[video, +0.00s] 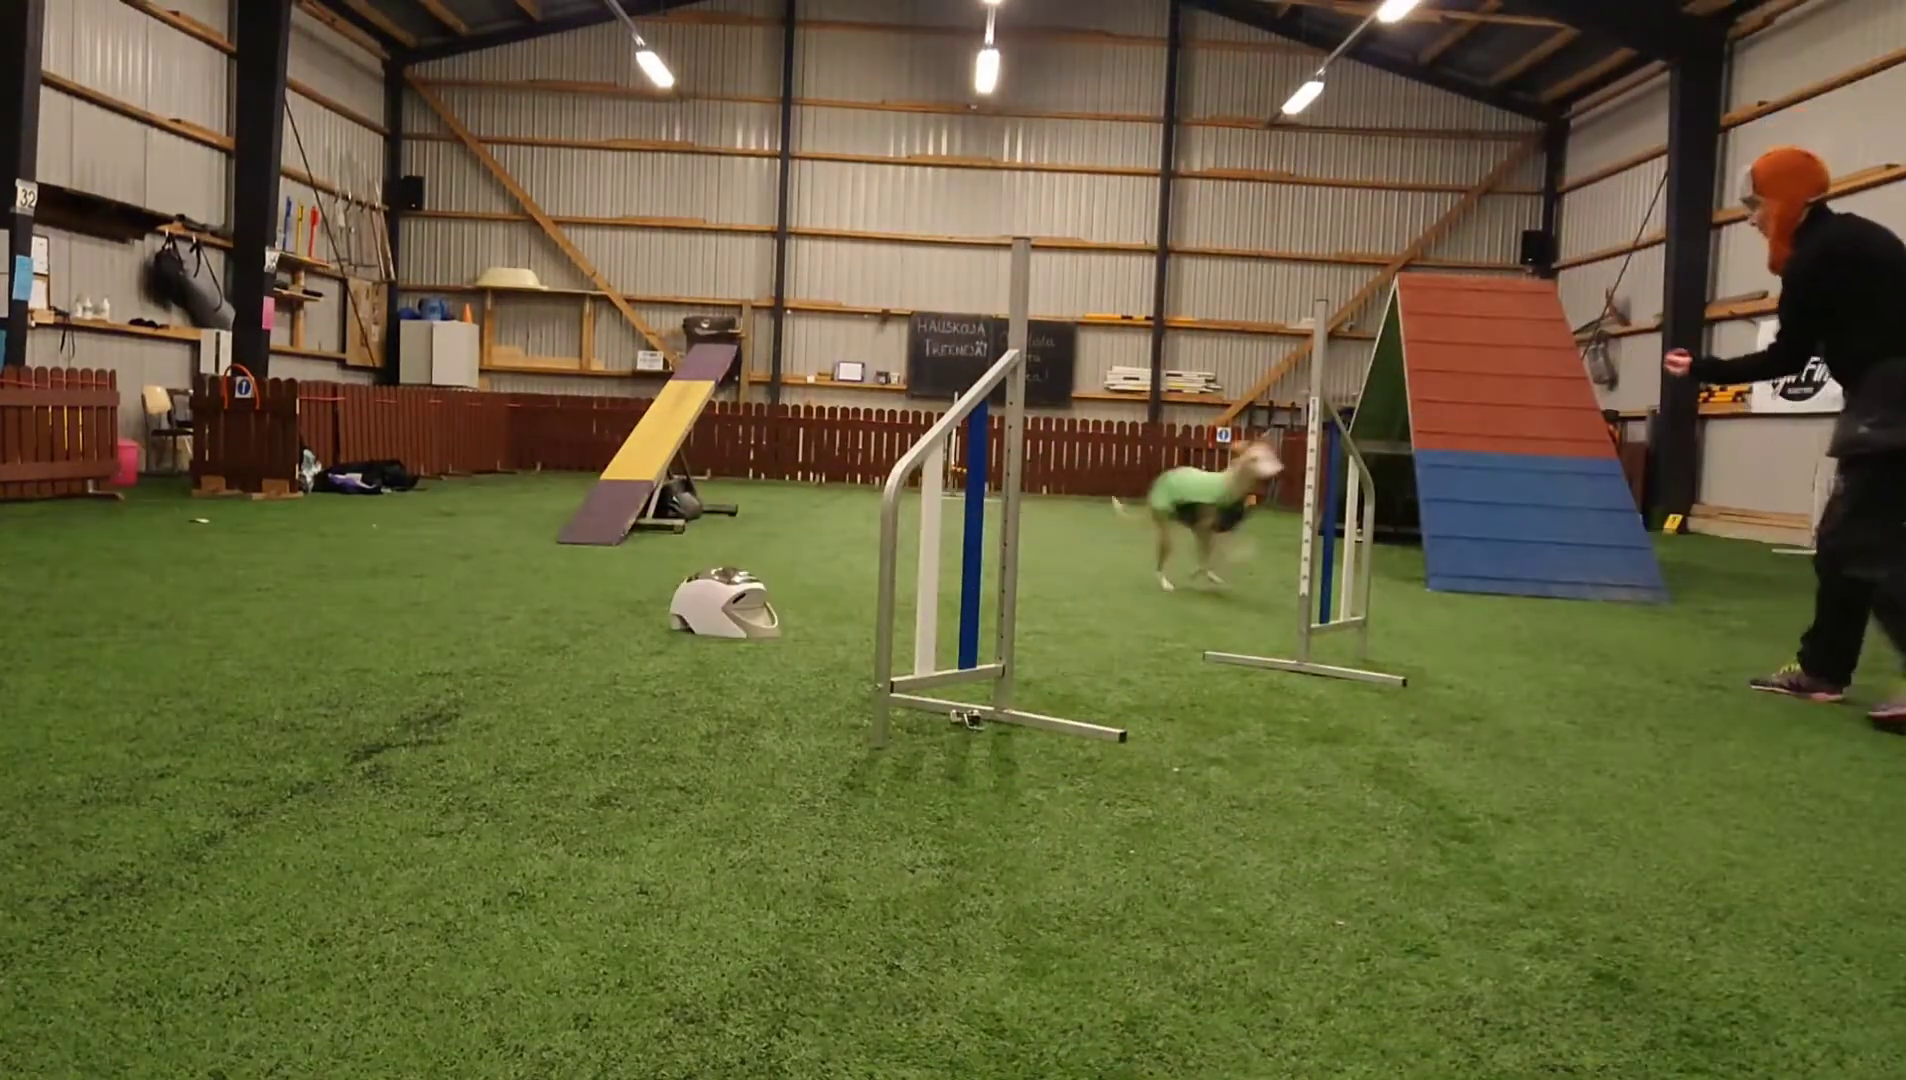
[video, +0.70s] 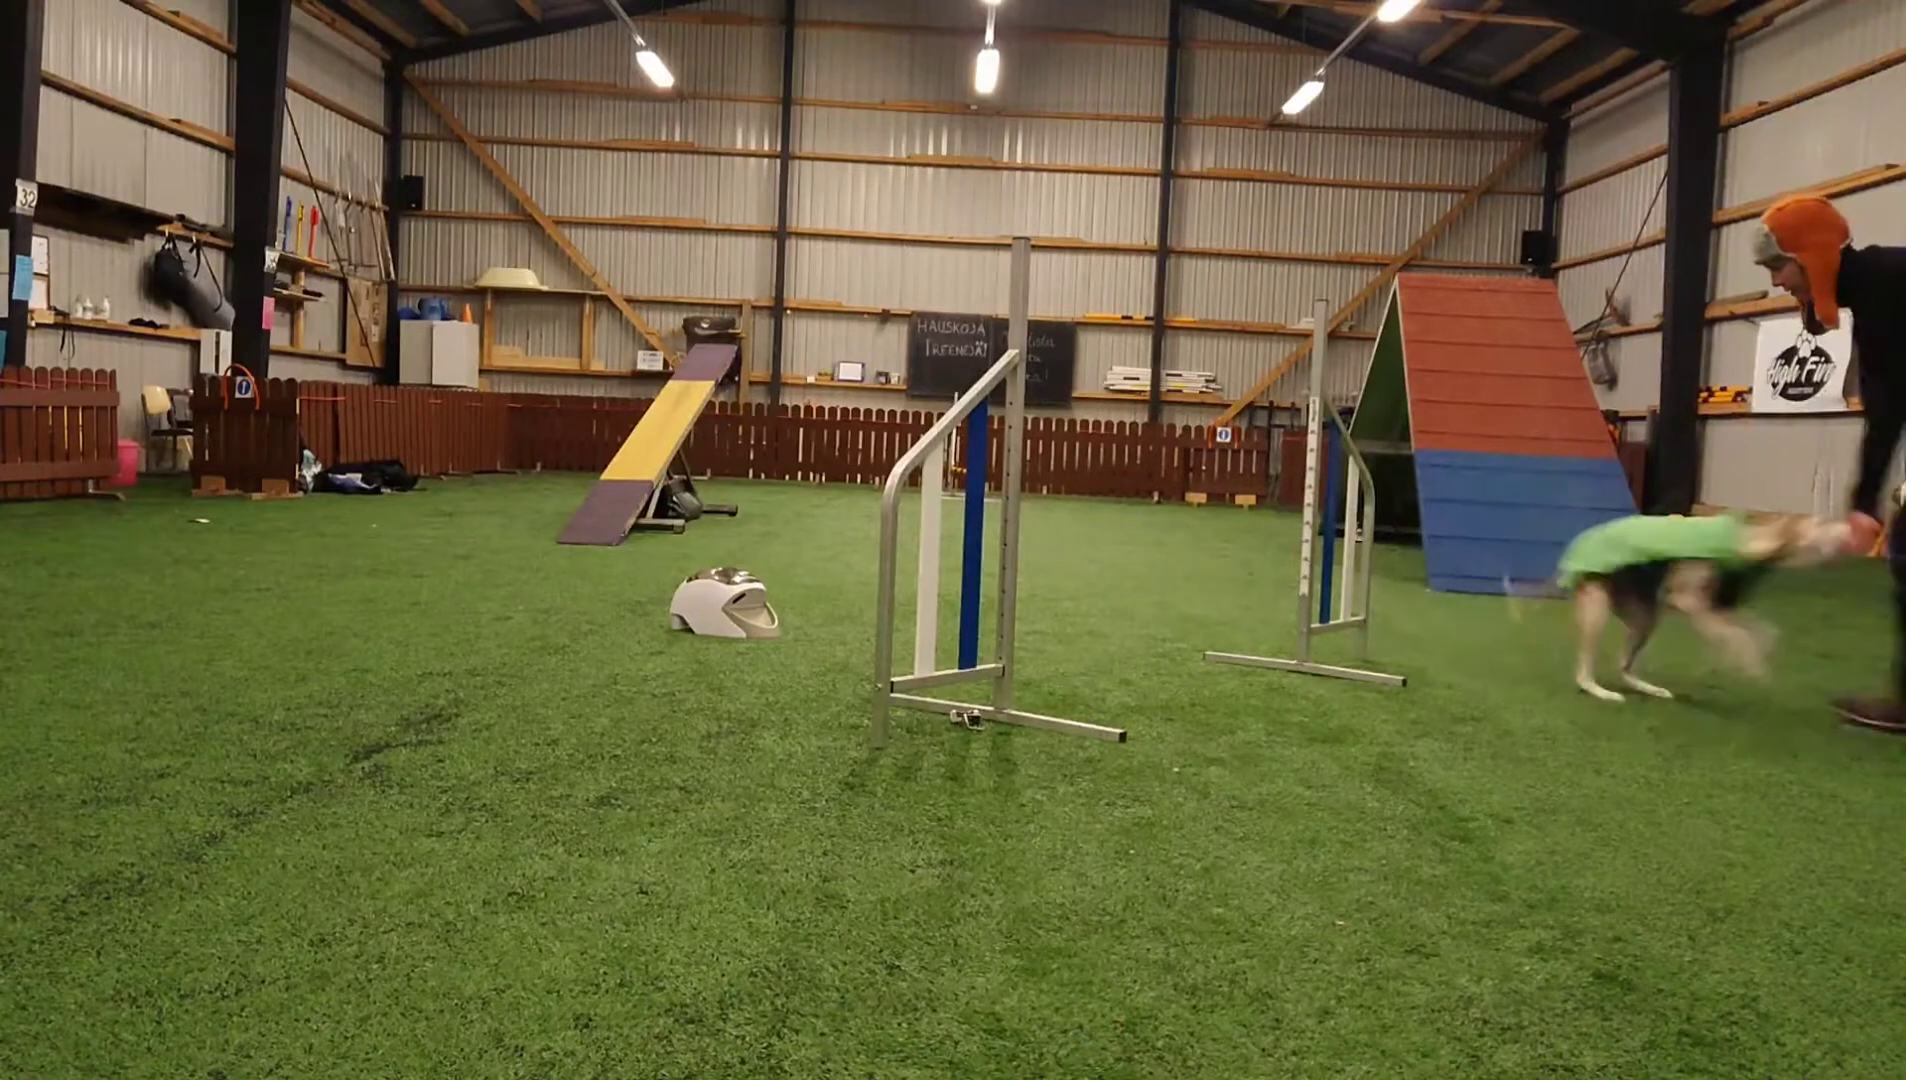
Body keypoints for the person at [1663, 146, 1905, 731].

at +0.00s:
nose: (1754, 217)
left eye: (1759, 204)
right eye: (1753, 205)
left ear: (1790, 203)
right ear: (1808, 201)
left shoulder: (1812, 258)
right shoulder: (1865, 235)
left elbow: (1786, 360)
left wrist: (1703, 367)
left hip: (1883, 423)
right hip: (1892, 420)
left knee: (1848, 541)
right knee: (1871, 545)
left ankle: (1823, 672)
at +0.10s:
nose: (1766, 230)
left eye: (1770, 216)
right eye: (1764, 218)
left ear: (1801, 213)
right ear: (1819, 210)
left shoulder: (1829, 268)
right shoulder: (1876, 241)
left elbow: (1807, 374)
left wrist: (1725, 380)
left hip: (1898, 423)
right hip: (1898, 419)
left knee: (1866, 542)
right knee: (1864, 541)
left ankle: (1828, 671)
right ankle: (1828, 670)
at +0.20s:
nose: (1773, 244)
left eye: (1775, 230)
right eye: (1768, 233)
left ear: (1807, 223)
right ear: (1824, 220)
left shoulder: (1844, 276)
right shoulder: (1880, 248)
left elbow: (1841, 380)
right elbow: (1842, 378)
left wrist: (1750, 407)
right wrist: (1758, 404)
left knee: (1887, 547)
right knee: (1885, 545)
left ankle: (1837, 671)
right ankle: (1838, 669)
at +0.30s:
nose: (1775, 260)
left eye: (1777, 245)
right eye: (1771, 247)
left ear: (1809, 239)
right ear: (1818, 236)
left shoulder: (1862, 283)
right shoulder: (1877, 259)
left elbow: (1867, 395)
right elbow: (1867, 394)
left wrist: (1793, 453)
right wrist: (1795, 452)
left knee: (1896, 535)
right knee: (1895, 534)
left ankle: (1900, 679)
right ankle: (1897, 677)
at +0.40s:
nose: (1780, 270)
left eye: (1780, 255)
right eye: (1775, 258)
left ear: (1809, 247)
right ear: (1810, 248)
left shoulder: (1872, 284)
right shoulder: (1883, 256)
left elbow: (1894, 405)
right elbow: (1893, 404)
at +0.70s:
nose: (1774, 280)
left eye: (1777, 265)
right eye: (1770, 268)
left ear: (1811, 257)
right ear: (1815, 257)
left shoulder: (1879, 290)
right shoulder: (1871, 288)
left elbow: (1887, 409)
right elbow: (1884, 408)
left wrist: (1865, 503)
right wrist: (1866, 502)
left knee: (1903, 544)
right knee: (1901, 545)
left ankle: (1904, 701)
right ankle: (1901, 699)